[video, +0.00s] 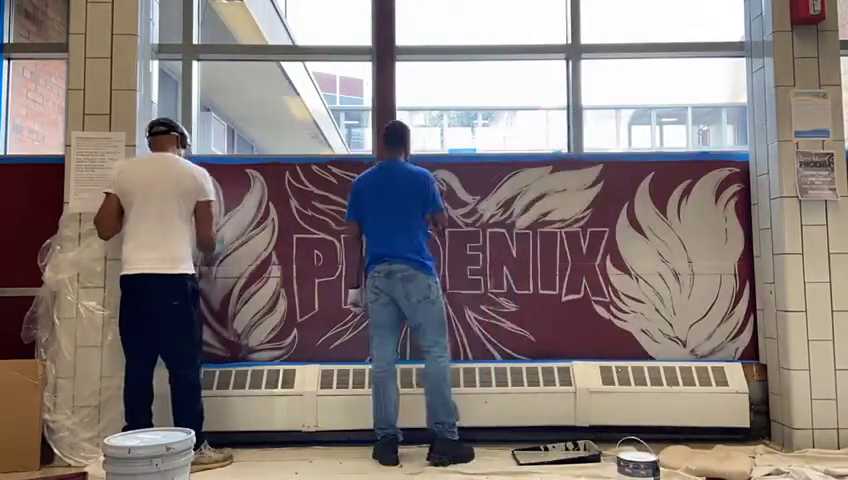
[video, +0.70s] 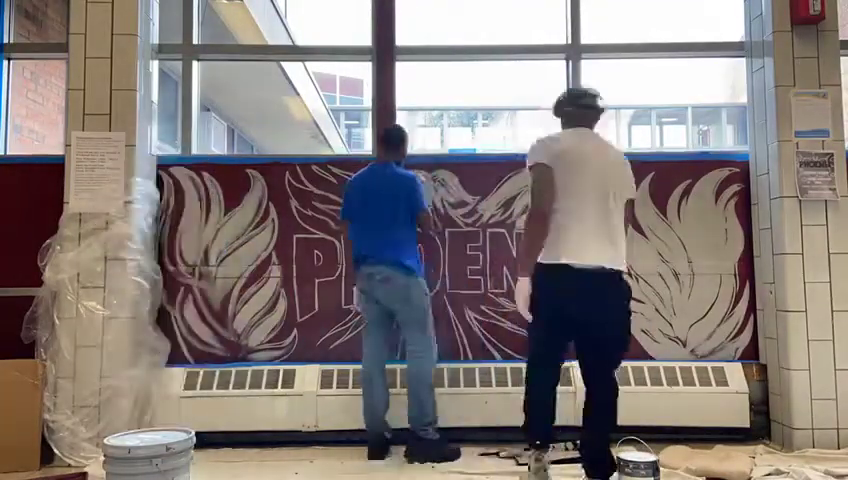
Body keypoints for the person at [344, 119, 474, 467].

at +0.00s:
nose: (398, 151)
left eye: (383, 144)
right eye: (406, 145)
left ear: (380, 145)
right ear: (408, 146)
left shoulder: (361, 182)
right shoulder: (422, 177)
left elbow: (355, 231)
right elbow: (440, 220)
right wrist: (417, 211)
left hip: (377, 275)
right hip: (416, 273)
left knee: (382, 358)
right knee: (435, 352)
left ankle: (386, 442)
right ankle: (445, 439)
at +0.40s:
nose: (426, 151)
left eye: (415, 144)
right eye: (430, 145)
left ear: (405, 144)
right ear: (433, 146)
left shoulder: (379, 180)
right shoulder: (443, 180)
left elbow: (369, 232)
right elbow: (462, 221)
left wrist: (369, 279)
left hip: (390, 273)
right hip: (430, 272)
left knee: (388, 358)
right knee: (436, 354)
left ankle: (387, 442)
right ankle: (442, 442)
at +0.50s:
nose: (423, 147)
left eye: (418, 140)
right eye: (425, 142)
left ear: (402, 141)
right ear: (428, 145)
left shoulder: (377, 179)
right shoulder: (436, 176)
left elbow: (367, 233)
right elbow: (444, 228)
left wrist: (365, 280)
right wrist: (446, 270)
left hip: (389, 272)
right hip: (430, 272)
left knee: (388, 356)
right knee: (435, 354)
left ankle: (386, 437)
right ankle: (440, 436)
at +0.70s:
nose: (402, 155)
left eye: (391, 146)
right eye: (404, 149)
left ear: (377, 146)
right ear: (404, 149)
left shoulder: (355, 182)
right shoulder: (409, 180)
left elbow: (348, 229)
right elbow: (427, 223)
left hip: (367, 274)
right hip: (402, 273)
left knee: (373, 355)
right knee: (421, 348)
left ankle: (376, 439)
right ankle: (423, 437)